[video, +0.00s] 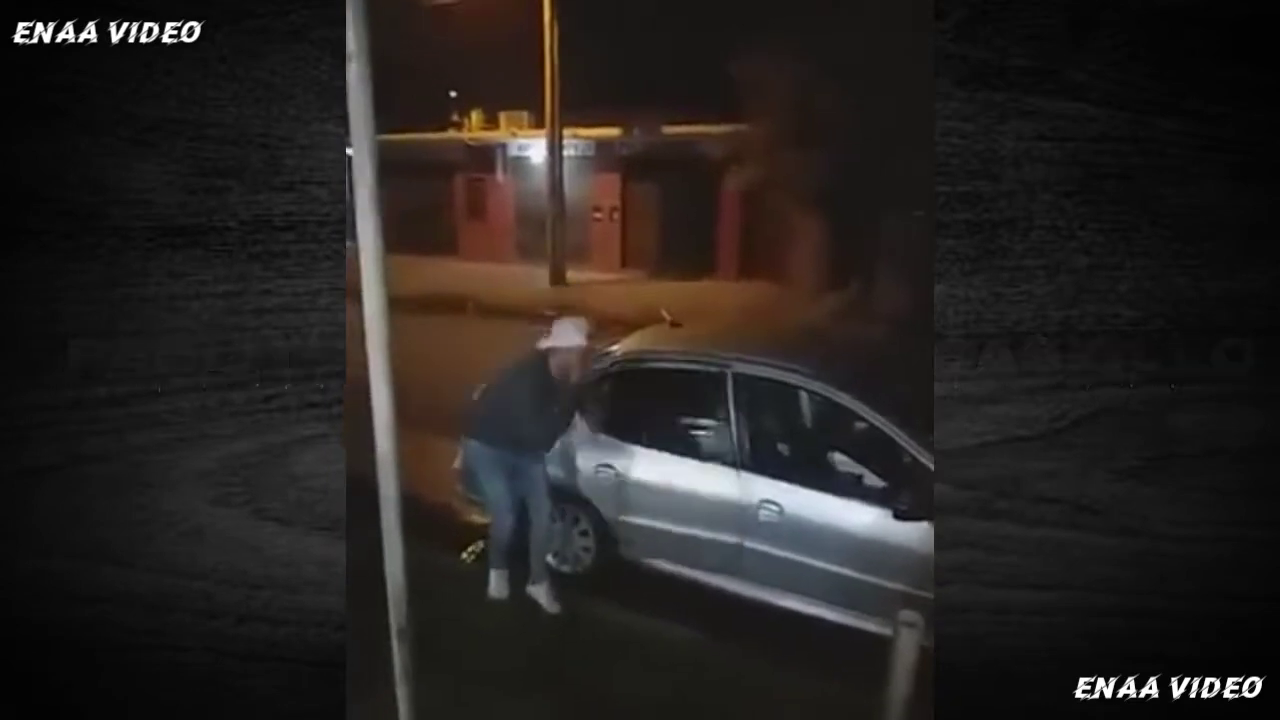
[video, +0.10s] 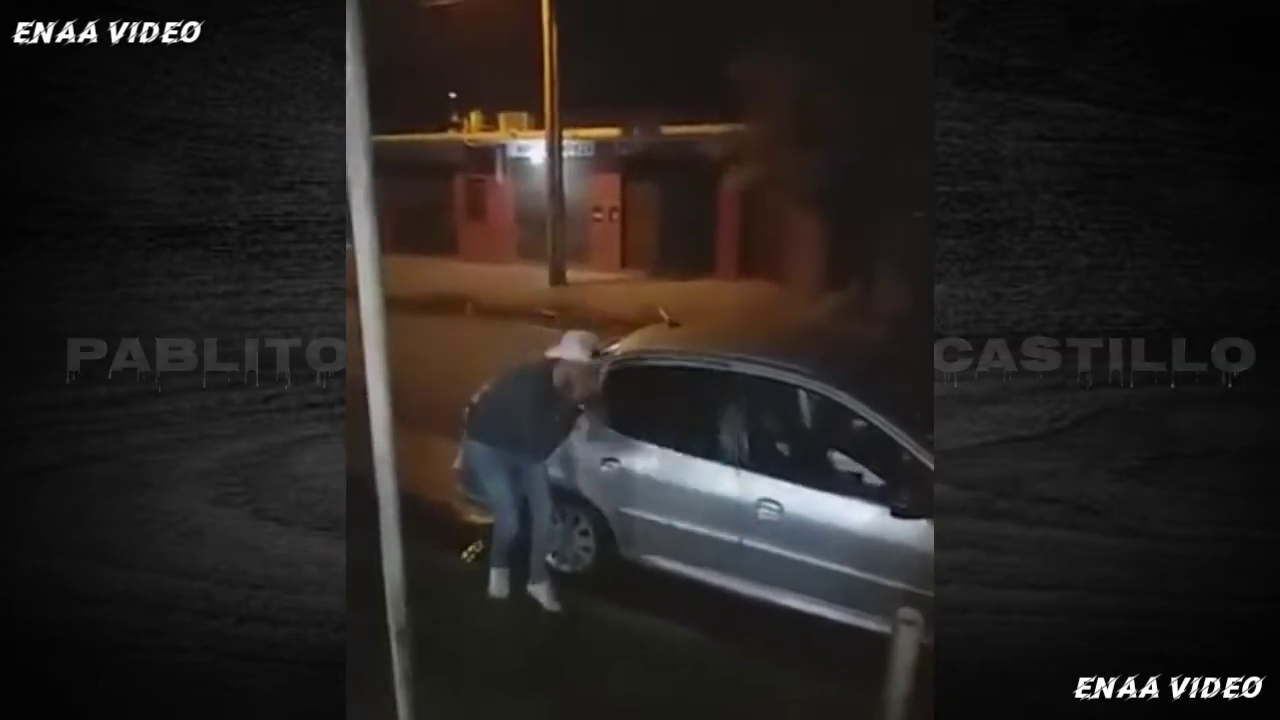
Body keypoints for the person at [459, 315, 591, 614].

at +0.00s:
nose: (574, 361)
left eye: (578, 355)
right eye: (571, 353)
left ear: (578, 355)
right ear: (556, 351)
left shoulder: (563, 382)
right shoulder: (526, 373)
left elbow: (558, 427)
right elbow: (534, 435)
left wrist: (578, 387)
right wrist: (567, 397)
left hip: (528, 452)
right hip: (488, 446)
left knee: (541, 515)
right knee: (504, 514)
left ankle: (537, 581)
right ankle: (498, 571)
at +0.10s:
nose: (572, 375)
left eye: (579, 369)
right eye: (570, 366)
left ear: (583, 371)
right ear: (560, 362)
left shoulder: (567, 396)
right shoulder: (526, 378)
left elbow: (542, 449)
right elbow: (537, 448)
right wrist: (568, 412)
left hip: (527, 453)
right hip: (487, 445)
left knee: (542, 515)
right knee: (508, 518)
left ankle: (537, 580)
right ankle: (499, 569)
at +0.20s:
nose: (593, 381)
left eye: (594, 374)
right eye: (588, 373)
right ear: (567, 369)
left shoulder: (572, 392)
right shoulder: (524, 380)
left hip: (530, 449)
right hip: (487, 442)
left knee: (542, 517)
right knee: (508, 519)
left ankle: (534, 582)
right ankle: (496, 568)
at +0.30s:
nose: (587, 370)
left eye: (588, 363)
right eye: (581, 363)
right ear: (560, 358)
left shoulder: (566, 381)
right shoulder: (521, 370)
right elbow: (527, 436)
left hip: (527, 445)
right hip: (487, 437)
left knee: (540, 513)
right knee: (514, 513)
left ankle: (532, 577)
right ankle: (496, 561)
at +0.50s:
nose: (580, 333)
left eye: (584, 325)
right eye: (572, 326)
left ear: (589, 324)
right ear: (555, 326)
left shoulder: (586, 347)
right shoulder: (530, 350)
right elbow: (521, 408)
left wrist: (596, 398)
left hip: (545, 428)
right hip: (503, 427)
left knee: (555, 492)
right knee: (538, 491)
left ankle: (544, 557)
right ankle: (531, 558)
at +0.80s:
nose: (552, 285)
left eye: (559, 277)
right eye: (545, 276)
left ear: (572, 279)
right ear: (536, 279)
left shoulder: (590, 317)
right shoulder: (520, 313)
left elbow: (607, 372)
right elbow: (512, 370)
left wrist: (601, 426)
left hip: (560, 412)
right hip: (516, 410)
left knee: (553, 484)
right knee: (549, 478)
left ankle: (540, 541)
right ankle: (574, 589)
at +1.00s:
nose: (530, 277)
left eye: (537, 267)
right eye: (522, 268)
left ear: (555, 269)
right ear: (512, 273)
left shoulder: (582, 309)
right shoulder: (500, 316)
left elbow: (608, 372)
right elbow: (499, 376)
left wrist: (607, 425)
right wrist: (508, 421)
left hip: (560, 419)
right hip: (513, 420)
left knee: (542, 483)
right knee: (564, 503)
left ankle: (531, 532)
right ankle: (570, 598)